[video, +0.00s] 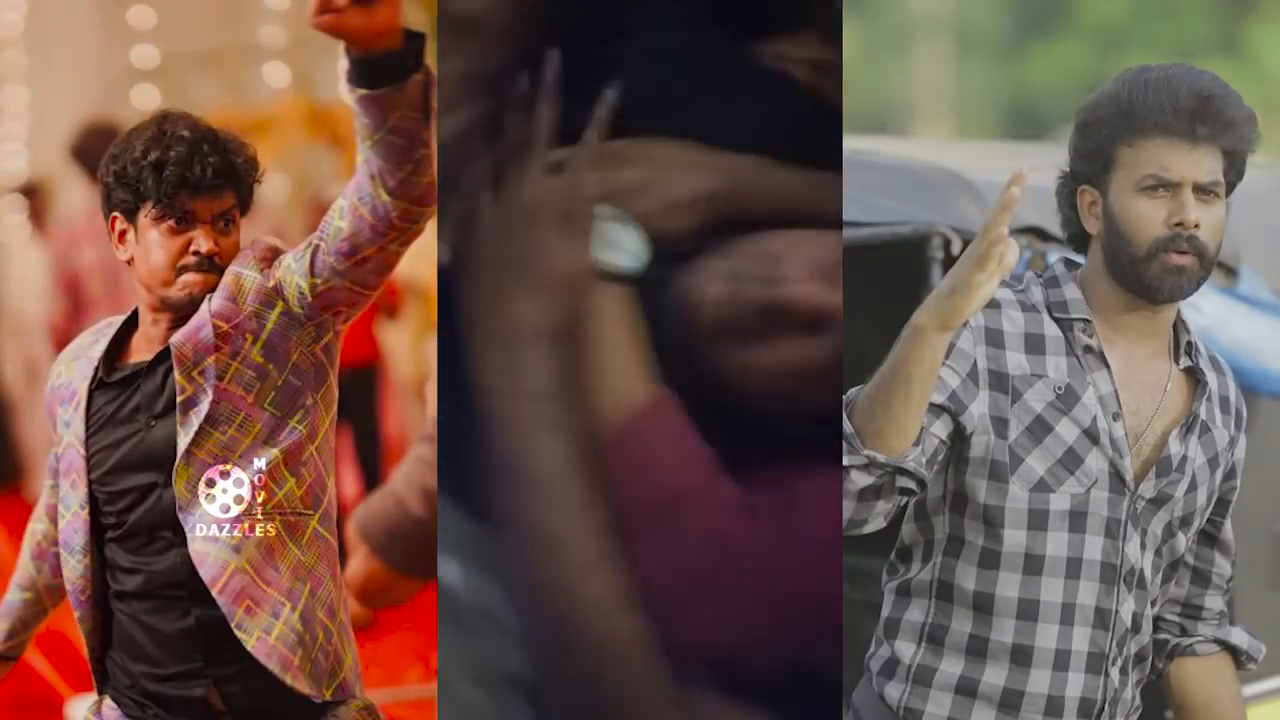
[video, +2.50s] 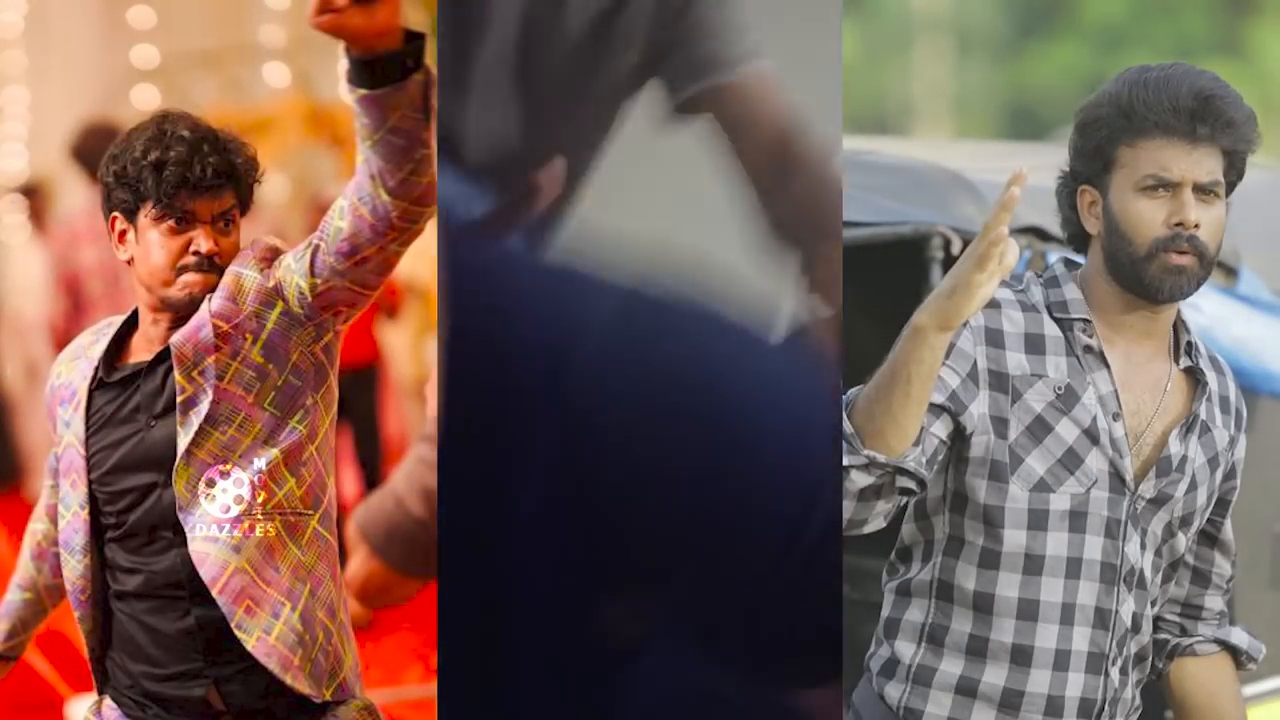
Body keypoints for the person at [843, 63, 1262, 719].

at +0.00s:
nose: (1187, 217)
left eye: (1207, 194)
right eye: (1157, 190)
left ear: (1227, 209)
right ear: (1092, 208)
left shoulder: (1219, 398)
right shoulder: (984, 329)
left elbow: (1193, 616)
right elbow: (853, 508)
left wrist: (1224, 711)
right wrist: (932, 326)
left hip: (1106, 709)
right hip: (936, 702)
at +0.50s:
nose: (1187, 217)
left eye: (1207, 194)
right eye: (1157, 190)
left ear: (1227, 209)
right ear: (1092, 208)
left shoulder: (1219, 397)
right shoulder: (985, 328)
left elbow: (1193, 615)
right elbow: (857, 504)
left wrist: (1224, 711)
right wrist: (932, 325)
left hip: (1105, 709)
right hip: (936, 701)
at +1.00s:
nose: (1187, 217)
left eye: (1207, 194)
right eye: (1157, 190)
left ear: (1227, 208)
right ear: (1092, 208)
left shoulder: (1219, 397)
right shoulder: (984, 329)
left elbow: (1193, 617)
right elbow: (854, 506)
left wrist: (1226, 711)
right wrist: (932, 326)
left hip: (1106, 709)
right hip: (936, 702)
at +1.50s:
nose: (1187, 217)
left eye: (1207, 194)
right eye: (1157, 190)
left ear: (1227, 208)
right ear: (1092, 208)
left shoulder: (1219, 398)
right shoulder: (984, 329)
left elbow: (1193, 618)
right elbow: (851, 507)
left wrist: (1226, 711)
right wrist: (932, 327)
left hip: (1106, 709)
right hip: (937, 702)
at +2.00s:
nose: (1187, 217)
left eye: (1207, 194)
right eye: (1157, 190)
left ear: (1227, 208)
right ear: (1092, 208)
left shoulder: (1219, 398)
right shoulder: (984, 329)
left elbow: (1193, 615)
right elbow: (851, 508)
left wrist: (1225, 711)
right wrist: (931, 328)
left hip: (1105, 709)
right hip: (934, 702)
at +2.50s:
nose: (1187, 217)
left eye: (1207, 194)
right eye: (1157, 190)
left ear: (1227, 208)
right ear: (1092, 207)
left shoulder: (1219, 398)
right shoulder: (984, 329)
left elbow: (1193, 617)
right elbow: (850, 508)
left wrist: (1225, 711)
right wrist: (931, 327)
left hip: (1105, 709)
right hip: (935, 702)